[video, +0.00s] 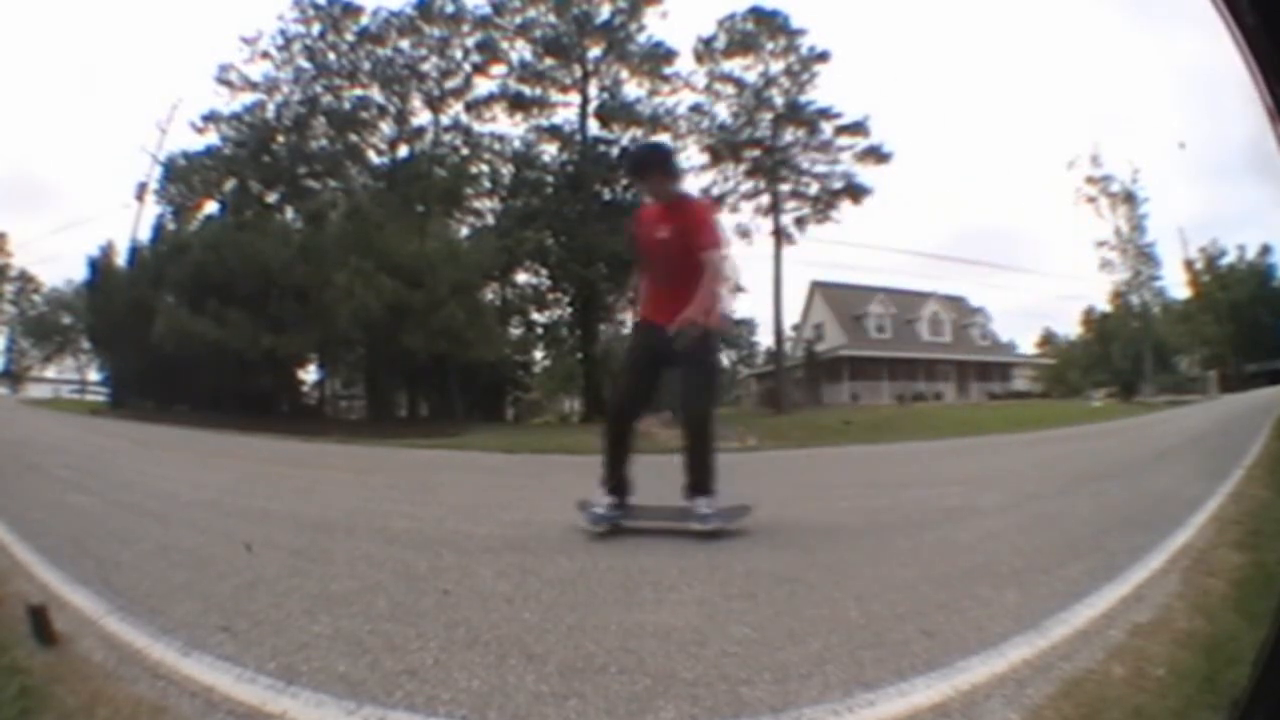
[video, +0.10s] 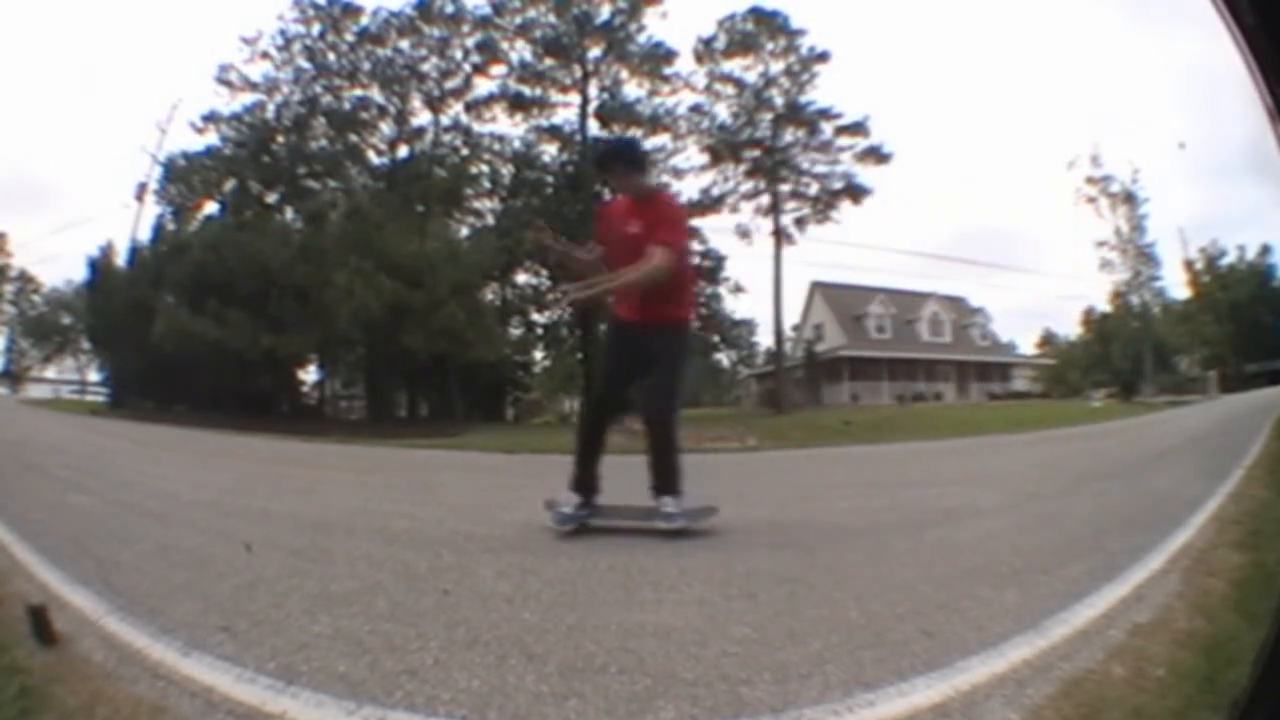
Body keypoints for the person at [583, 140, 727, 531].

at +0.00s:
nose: (646, 188)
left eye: (649, 179)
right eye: (641, 181)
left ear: (665, 174)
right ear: (640, 181)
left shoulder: (694, 212)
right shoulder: (644, 216)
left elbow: (714, 267)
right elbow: (647, 269)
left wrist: (695, 313)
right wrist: (643, 313)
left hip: (694, 326)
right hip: (652, 326)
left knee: (696, 413)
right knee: (621, 407)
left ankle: (700, 494)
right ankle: (615, 494)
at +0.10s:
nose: (614, 185)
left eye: (617, 176)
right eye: (609, 179)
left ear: (636, 170)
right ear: (610, 178)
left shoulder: (666, 208)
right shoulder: (612, 211)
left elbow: (660, 265)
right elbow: (603, 258)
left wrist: (598, 288)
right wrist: (559, 249)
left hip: (665, 326)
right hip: (626, 324)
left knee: (658, 410)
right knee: (598, 406)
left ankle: (667, 495)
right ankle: (583, 493)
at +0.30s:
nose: (554, 170)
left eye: (557, 161)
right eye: (550, 163)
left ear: (574, 155)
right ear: (552, 161)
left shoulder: (611, 199)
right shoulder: (550, 195)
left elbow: (593, 261)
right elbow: (528, 230)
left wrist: (532, 250)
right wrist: (502, 216)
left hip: (600, 316)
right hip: (562, 315)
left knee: (595, 409)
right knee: (538, 404)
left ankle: (633, 491)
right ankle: (526, 491)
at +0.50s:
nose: (489, 167)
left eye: (491, 158)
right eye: (484, 159)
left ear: (507, 150)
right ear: (486, 156)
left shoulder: (553, 187)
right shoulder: (487, 194)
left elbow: (560, 256)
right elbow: (458, 240)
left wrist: (505, 299)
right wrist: (408, 267)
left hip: (549, 308)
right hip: (502, 308)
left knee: (550, 400)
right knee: (476, 392)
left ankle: (553, 485)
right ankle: (450, 479)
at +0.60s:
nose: (436, 166)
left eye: (439, 157)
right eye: (433, 158)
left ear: (458, 150)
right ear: (440, 155)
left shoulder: (505, 189)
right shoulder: (444, 196)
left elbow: (517, 259)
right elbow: (429, 254)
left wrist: (513, 328)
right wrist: (408, 309)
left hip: (516, 309)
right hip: (474, 309)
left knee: (519, 400)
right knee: (452, 398)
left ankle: (523, 486)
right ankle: (430, 491)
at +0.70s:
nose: (388, 177)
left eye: (390, 167)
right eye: (383, 169)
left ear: (408, 158)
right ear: (389, 166)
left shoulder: (454, 189)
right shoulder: (400, 204)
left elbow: (480, 259)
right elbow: (410, 266)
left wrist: (510, 326)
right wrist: (415, 321)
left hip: (480, 316)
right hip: (437, 318)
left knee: (494, 404)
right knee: (423, 407)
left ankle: (508, 487)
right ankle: (411, 498)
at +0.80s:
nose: (345, 182)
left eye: (348, 171)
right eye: (340, 174)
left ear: (366, 162)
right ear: (344, 174)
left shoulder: (415, 184)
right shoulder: (363, 211)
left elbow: (455, 247)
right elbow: (389, 262)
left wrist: (481, 315)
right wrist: (403, 304)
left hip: (450, 307)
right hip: (407, 313)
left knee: (466, 401)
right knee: (397, 403)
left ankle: (482, 487)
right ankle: (383, 498)